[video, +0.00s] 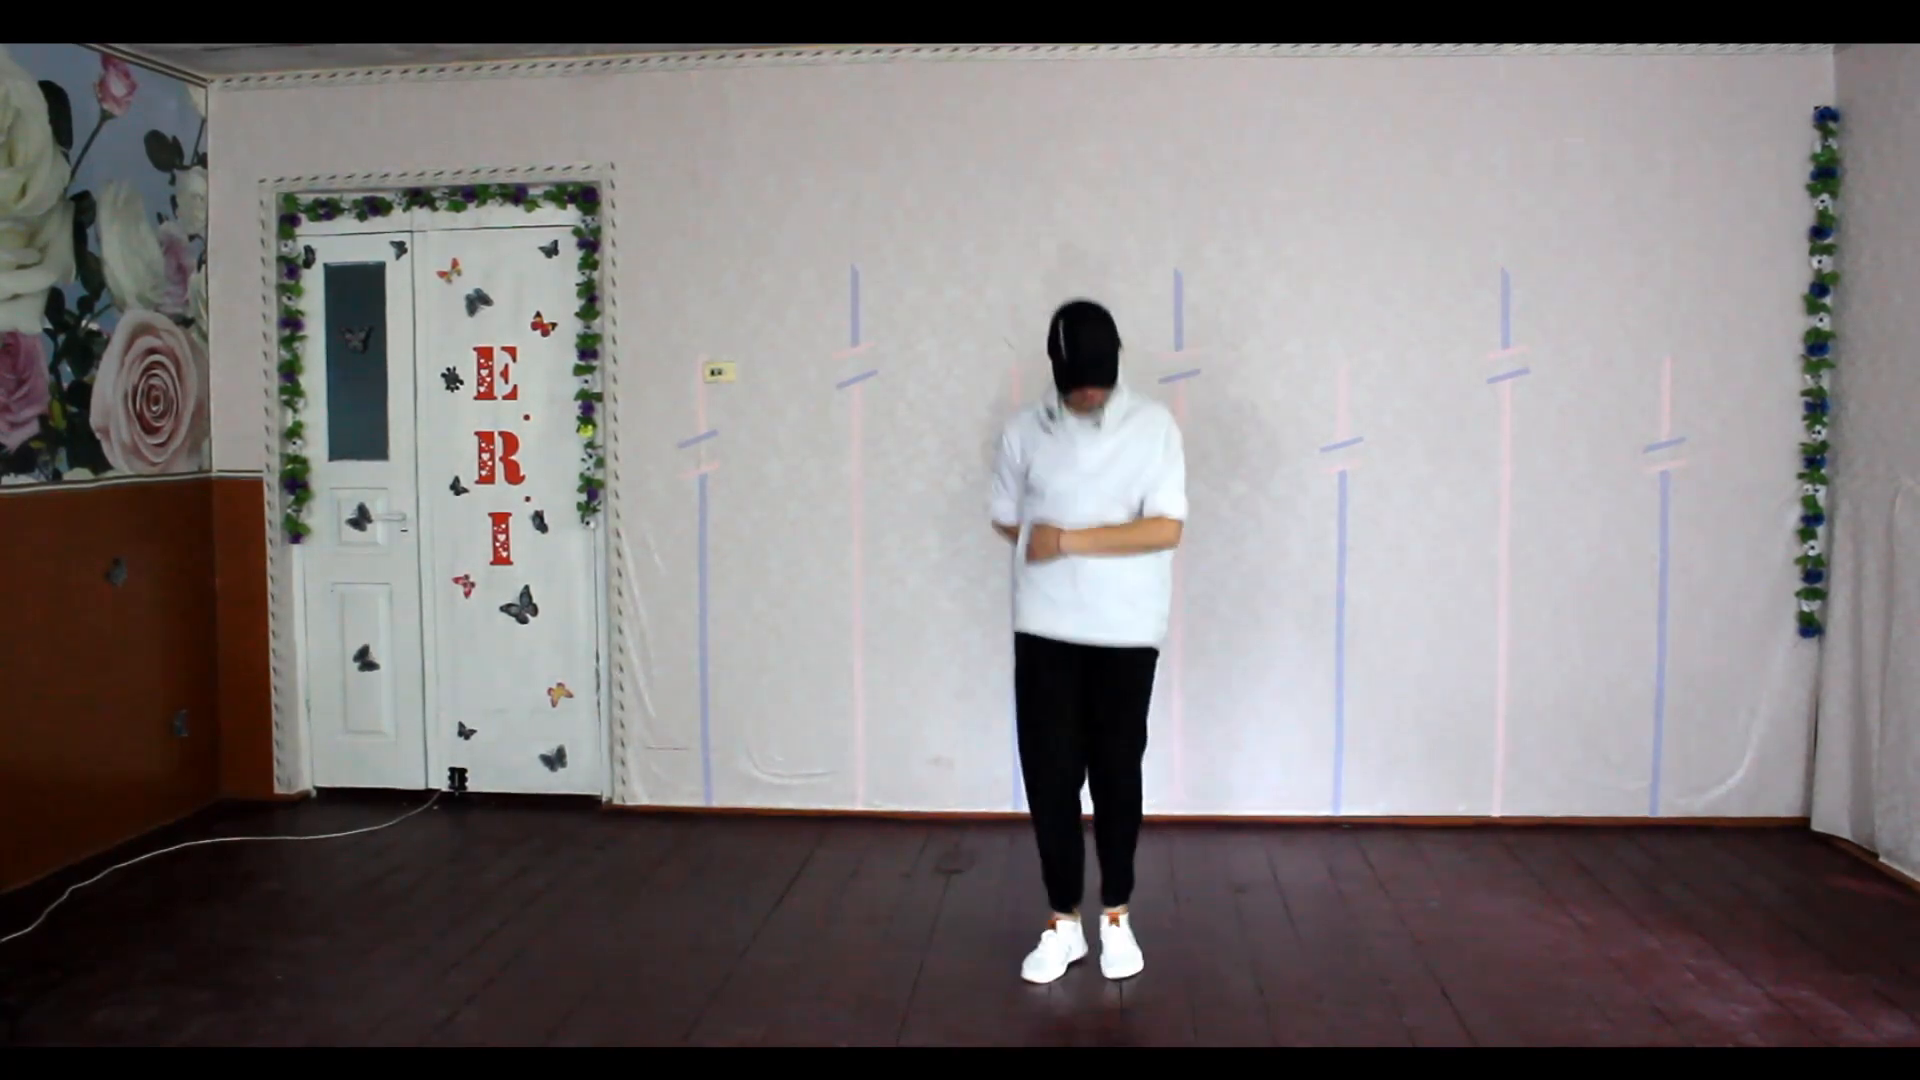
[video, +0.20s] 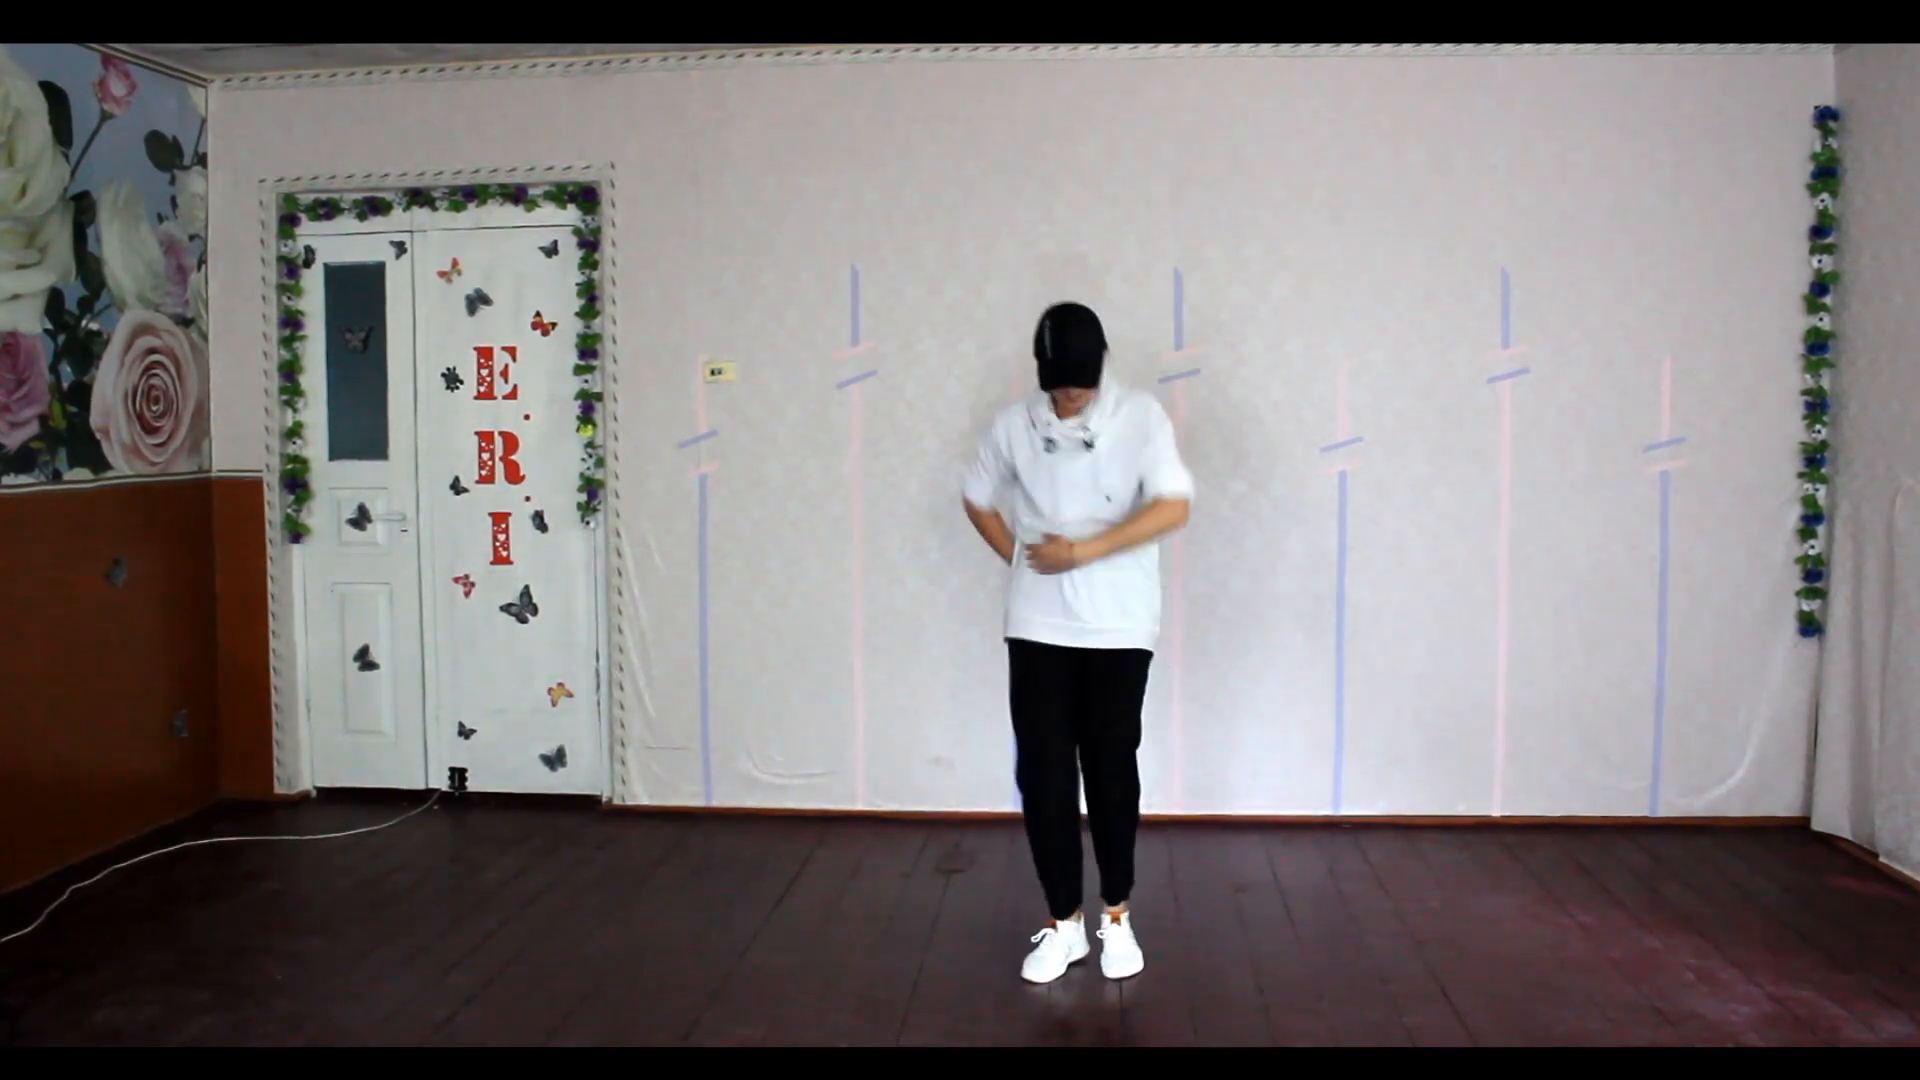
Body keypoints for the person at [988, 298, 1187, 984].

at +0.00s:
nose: (1091, 396)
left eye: (1101, 383)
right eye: (1078, 386)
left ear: (1117, 369)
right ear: (1056, 374)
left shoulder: (1152, 425)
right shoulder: (1024, 431)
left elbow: (1167, 529)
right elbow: (1004, 523)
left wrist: (1068, 539)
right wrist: (1073, 542)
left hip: (1125, 639)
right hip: (1043, 636)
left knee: (1116, 779)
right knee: (1050, 782)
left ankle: (1116, 917)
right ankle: (1064, 923)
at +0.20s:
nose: (1070, 398)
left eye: (1081, 386)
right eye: (1059, 387)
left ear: (1101, 368)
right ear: (1040, 373)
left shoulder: (1140, 416)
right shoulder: (1012, 425)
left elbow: (1174, 505)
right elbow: (978, 501)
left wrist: (1084, 550)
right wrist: (1025, 564)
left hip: (1118, 634)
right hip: (1037, 632)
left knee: (1111, 774)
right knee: (1043, 779)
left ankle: (1115, 915)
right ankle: (1064, 923)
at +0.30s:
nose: (1052, 388)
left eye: (1064, 376)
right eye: (1041, 376)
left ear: (1088, 354)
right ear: (1023, 360)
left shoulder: (1132, 396)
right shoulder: (1005, 406)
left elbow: (1179, 470)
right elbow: (959, 454)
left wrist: (1094, 512)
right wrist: (967, 538)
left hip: (1118, 612)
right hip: (1034, 610)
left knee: (1127, 759)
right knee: (1015, 762)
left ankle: (1129, 909)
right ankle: (1043, 909)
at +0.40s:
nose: (1029, 412)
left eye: (1040, 403)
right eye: (1020, 402)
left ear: (1065, 382)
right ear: (1006, 385)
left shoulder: (1112, 419)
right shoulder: (995, 423)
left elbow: (1165, 501)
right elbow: (946, 462)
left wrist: (1102, 506)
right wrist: (882, 518)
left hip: (1121, 622)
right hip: (1031, 618)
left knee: (1179, 760)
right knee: (946, 743)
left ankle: (1194, 894)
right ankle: (962, 881)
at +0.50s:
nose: (1036, 486)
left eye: (1045, 475)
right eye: (1025, 477)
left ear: (1064, 455)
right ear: (1006, 460)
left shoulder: (1099, 494)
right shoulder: (995, 500)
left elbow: (1116, 595)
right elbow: (949, 548)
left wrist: (1102, 599)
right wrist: (858, 552)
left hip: (1110, 680)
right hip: (1021, 680)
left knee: (1187, 801)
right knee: (922, 794)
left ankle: (1246, 931)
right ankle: (912, 913)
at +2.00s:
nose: (997, 496)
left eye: (1005, 485)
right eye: (988, 486)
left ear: (1021, 472)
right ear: (975, 478)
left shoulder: (1072, 500)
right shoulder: (967, 532)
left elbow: (1106, 589)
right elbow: (917, 592)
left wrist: (1056, 599)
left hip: (1114, 684)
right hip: (1022, 688)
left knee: (1209, 797)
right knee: (902, 786)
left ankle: (1267, 939)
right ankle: (891, 904)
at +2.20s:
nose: (1145, 505)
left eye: (1154, 493)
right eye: (1133, 495)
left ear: (1165, 474)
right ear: (1109, 474)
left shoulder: (1175, 517)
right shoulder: (1065, 497)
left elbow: (1166, 613)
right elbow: (1050, 589)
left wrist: (1090, 646)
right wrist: (1146, 618)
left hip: (1127, 704)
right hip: (1032, 699)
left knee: (1219, 818)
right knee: (920, 813)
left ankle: (1258, 953)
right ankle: (905, 916)